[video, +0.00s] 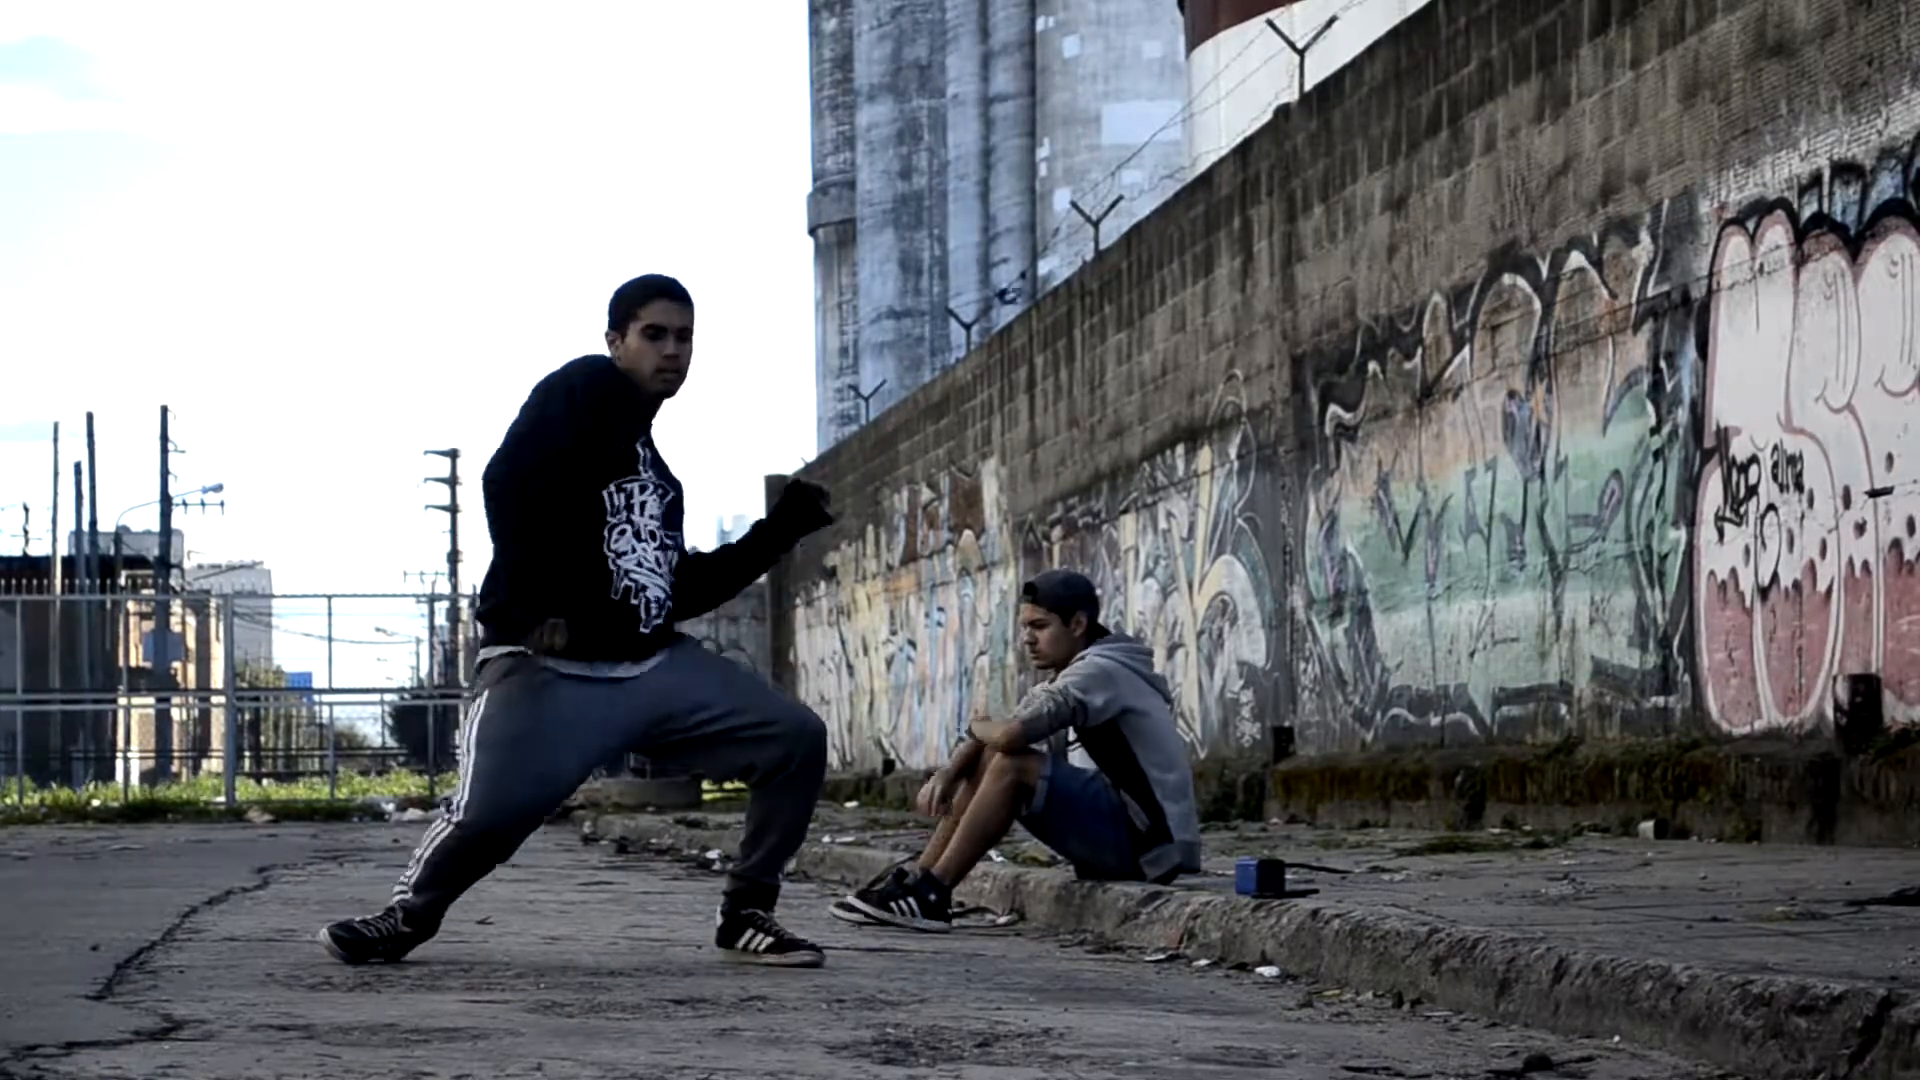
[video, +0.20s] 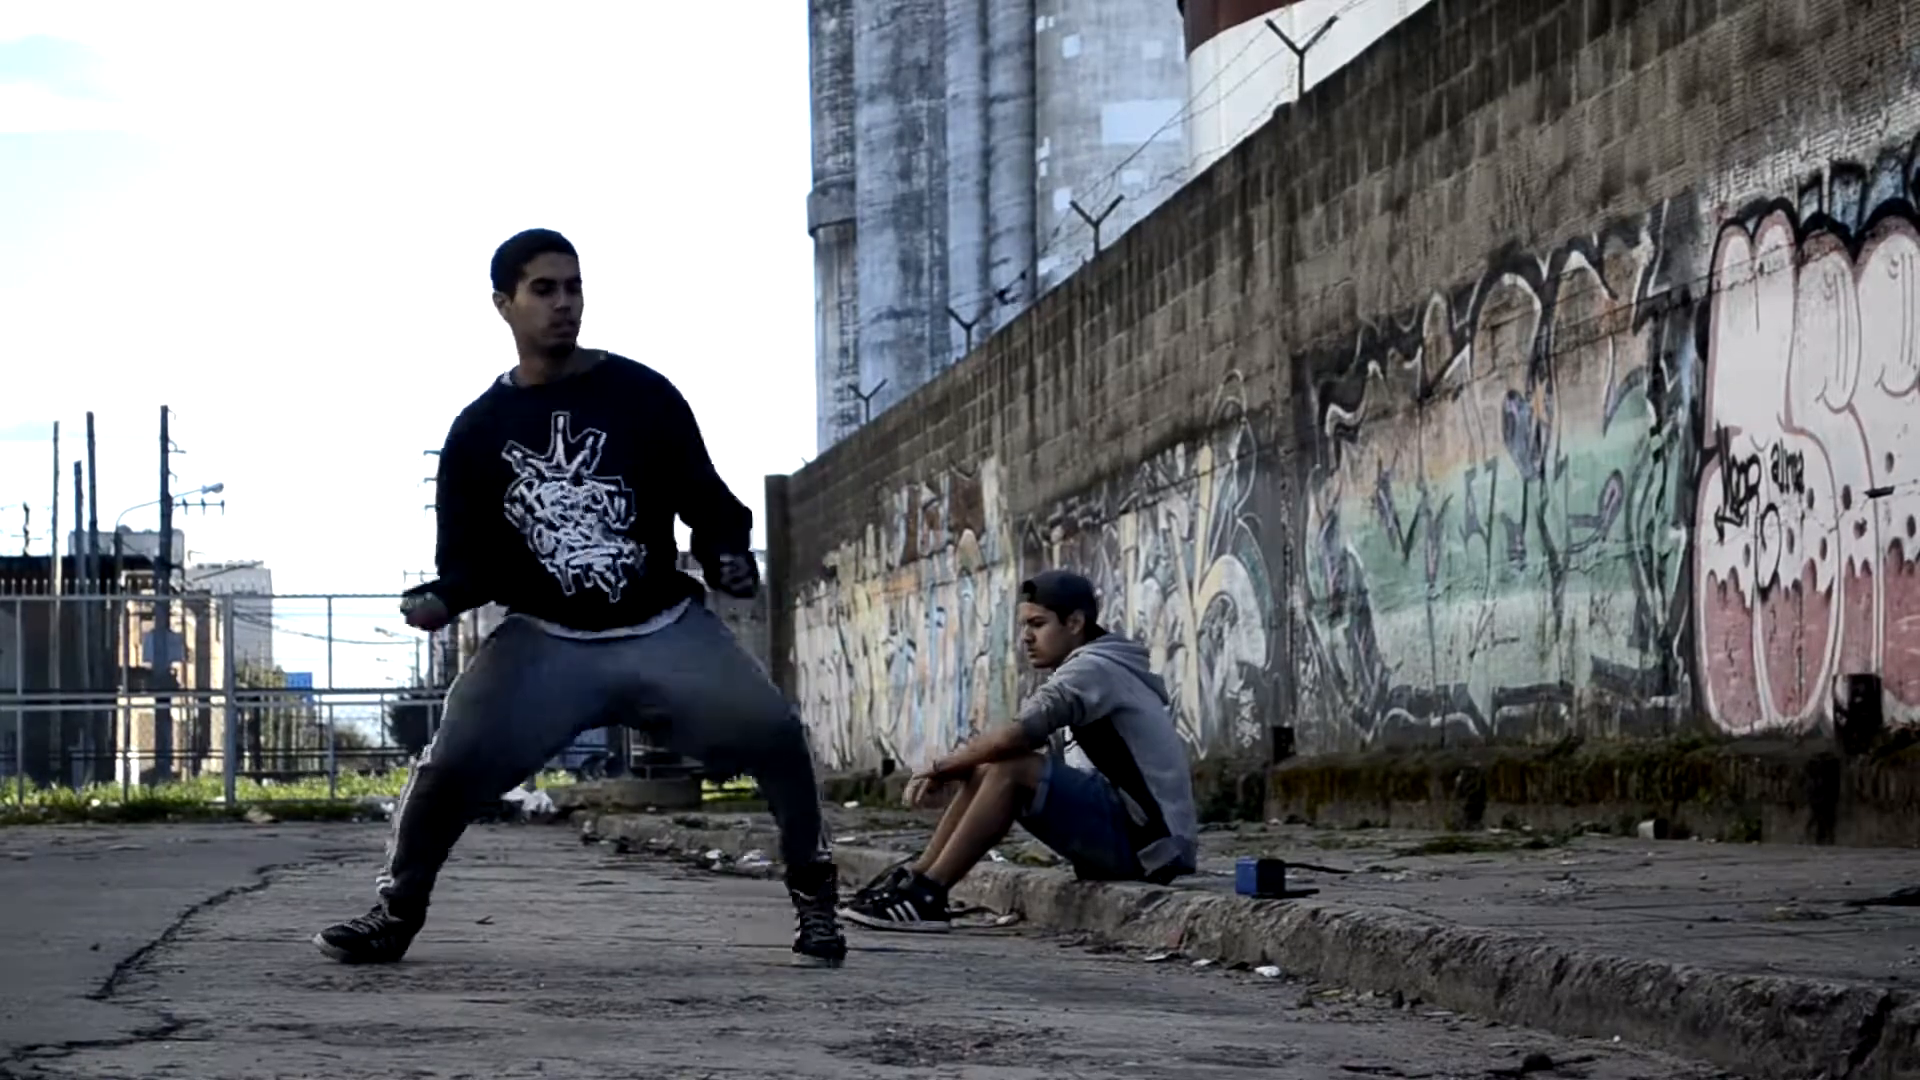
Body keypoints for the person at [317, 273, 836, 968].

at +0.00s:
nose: (674, 351)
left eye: (685, 338)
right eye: (656, 335)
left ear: (693, 349)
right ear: (616, 340)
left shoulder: (659, 480)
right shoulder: (585, 386)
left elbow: (681, 593)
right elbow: (510, 481)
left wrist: (778, 530)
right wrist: (538, 601)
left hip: (658, 664)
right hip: (550, 669)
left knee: (797, 738)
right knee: (489, 816)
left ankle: (747, 916)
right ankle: (406, 920)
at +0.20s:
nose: (564, 303)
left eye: (574, 289)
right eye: (545, 289)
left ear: (585, 299)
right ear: (504, 304)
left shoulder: (643, 394)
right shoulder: (476, 431)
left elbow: (706, 497)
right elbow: (470, 556)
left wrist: (733, 555)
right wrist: (443, 596)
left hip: (667, 632)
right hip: (542, 642)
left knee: (777, 732)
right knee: (450, 762)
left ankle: (816, 903)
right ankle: (396, 914)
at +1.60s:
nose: (849, 269)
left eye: (862, 257)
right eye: (833, 251)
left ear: (872, 267)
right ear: (793, 254)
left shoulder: (861, 375)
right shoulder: (754, 346)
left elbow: (930, 497)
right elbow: (692, 446)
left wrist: (973, 410)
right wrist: (781, 353)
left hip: (958, 585)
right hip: (865, 591)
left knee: (1056, 740)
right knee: (890, 769)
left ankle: (984, 918)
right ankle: (785, 900)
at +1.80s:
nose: (881, 179)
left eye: (893, 165)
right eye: (863, 161)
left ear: (903, 176)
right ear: (823, 167)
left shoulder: (886, 283)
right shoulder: (789, 253)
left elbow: (910, 390)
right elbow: (693, 331)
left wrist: (917, 493)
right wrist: (720, 464)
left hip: (846, 525)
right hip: (760, 520)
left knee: (906, 699)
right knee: (794, 711)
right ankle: (735, 906)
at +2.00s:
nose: (836, 179)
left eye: (851, 164)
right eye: (818, 161)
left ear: (865, 176)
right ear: (785, 171)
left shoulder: (872, 286)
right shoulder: (738, 281)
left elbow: (863, 434)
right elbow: (710, 435)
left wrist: (858, 559)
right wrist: (730, 582)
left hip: (793, 526)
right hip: (727, 516)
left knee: (719, 739)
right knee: (794, 703)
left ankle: (539, 779)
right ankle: (754, 902)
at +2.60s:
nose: (632, 212)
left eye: (641, 195)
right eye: (633, 196)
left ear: (686, 197)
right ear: (714, 203)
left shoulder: (632, 264)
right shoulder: (784, 312)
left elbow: (540, 304)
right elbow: (804, 449)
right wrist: (723, 459)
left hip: (606, 537)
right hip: (720, 553)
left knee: (495, 673)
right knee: (760, 727)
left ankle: (477, 852)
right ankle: (801, 893)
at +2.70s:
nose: (594, 239)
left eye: (604, 222)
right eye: (592, 223)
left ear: (658, 220)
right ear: (667, 226)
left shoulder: (620, 310)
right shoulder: (730, 321)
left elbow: (540, 356)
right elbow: (790, 432)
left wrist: (500, 318)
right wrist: (706, 453)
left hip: (629, 575)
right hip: (717, 582)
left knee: (477, 694)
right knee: (698, 762)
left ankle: (493, 898)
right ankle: (847, 884)